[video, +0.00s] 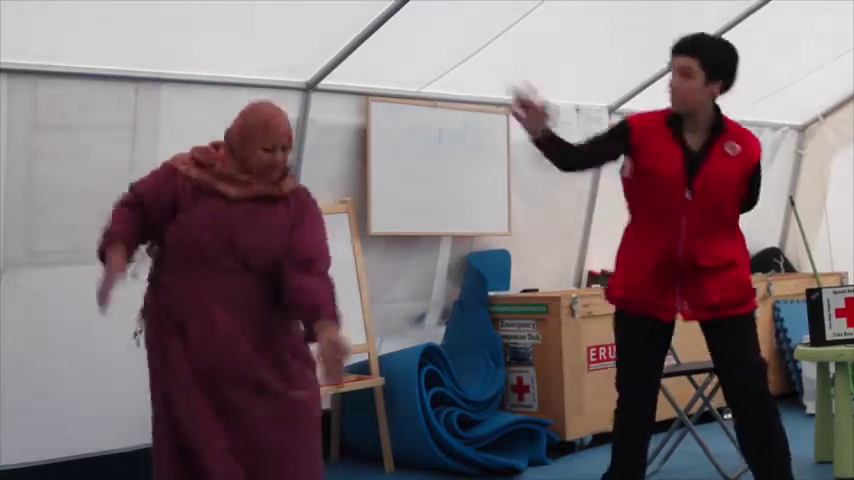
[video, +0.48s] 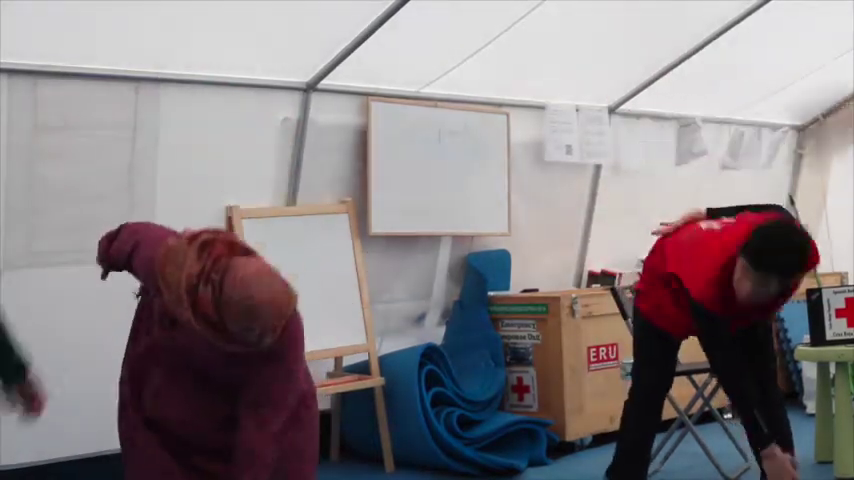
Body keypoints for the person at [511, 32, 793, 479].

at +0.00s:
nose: (671, 82)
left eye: (684, 75)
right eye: (672, 73)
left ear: (716, 86)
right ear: (670, 77)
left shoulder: (744, 147)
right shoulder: (640, 131)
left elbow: (745, 201)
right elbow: (572, 158)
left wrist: (690, 215)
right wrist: (540, 133)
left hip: (720, 283)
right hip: (645, 283)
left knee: (753, 401)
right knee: (634, 405)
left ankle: (776, 476)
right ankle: (624, 477)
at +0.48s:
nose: (745, 288)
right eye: (742, 275)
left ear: (788, 281)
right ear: (740, 260)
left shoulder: (799, 253)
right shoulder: (706, 281)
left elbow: (777, 212)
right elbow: (731, 377)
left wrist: (706, 213)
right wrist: (766, 449)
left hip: (742, 309)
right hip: (665, 297)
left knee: (765, 390)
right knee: (648, 396)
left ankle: (781, 469)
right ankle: (626, 473)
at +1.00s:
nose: (708, 205)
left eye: (721, 199)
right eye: (707, 192)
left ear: (749, 203)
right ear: (704, 186)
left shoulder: (775, 215)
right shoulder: (672, 225)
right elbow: (684, 313)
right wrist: (722, 376)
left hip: (737, 302)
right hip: (665, 302)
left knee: (762, 405)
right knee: (644, 405)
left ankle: (777, 475)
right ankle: (626, 475)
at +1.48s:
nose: (645, 67)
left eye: (657, 58)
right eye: (647, 58)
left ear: (689, 71)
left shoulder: (729, 130)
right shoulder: (629, 127)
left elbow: (748, 201)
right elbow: (565, 149)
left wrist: (692, 223)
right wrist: (516, 117)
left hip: (711, 279)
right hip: (641, 281)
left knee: (749, 395)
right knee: (636, 403)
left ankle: (776, 478)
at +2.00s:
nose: (611, 69)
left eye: (623, 61)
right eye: (613, 61)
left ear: (655, 74)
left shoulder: (693, 119)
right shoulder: (610, 140)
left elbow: (752, 156)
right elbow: (622, 206)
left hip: (695, 275)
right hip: (630, 281)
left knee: (740, 393)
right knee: (629, 403)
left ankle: (775, 476)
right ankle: (623, 477)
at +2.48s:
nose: (513, 225)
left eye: (514, 212)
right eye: (507, 217)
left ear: (539, 198)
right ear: (535, 201)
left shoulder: (586, 224)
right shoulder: (574, 210)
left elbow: (574, 308)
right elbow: (619, 179)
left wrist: (550, 371)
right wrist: (667, 214)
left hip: (713, 276)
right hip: (660, 296)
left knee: (754, 390)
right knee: (648, 407)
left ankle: (780, 471)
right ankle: (630, 473)